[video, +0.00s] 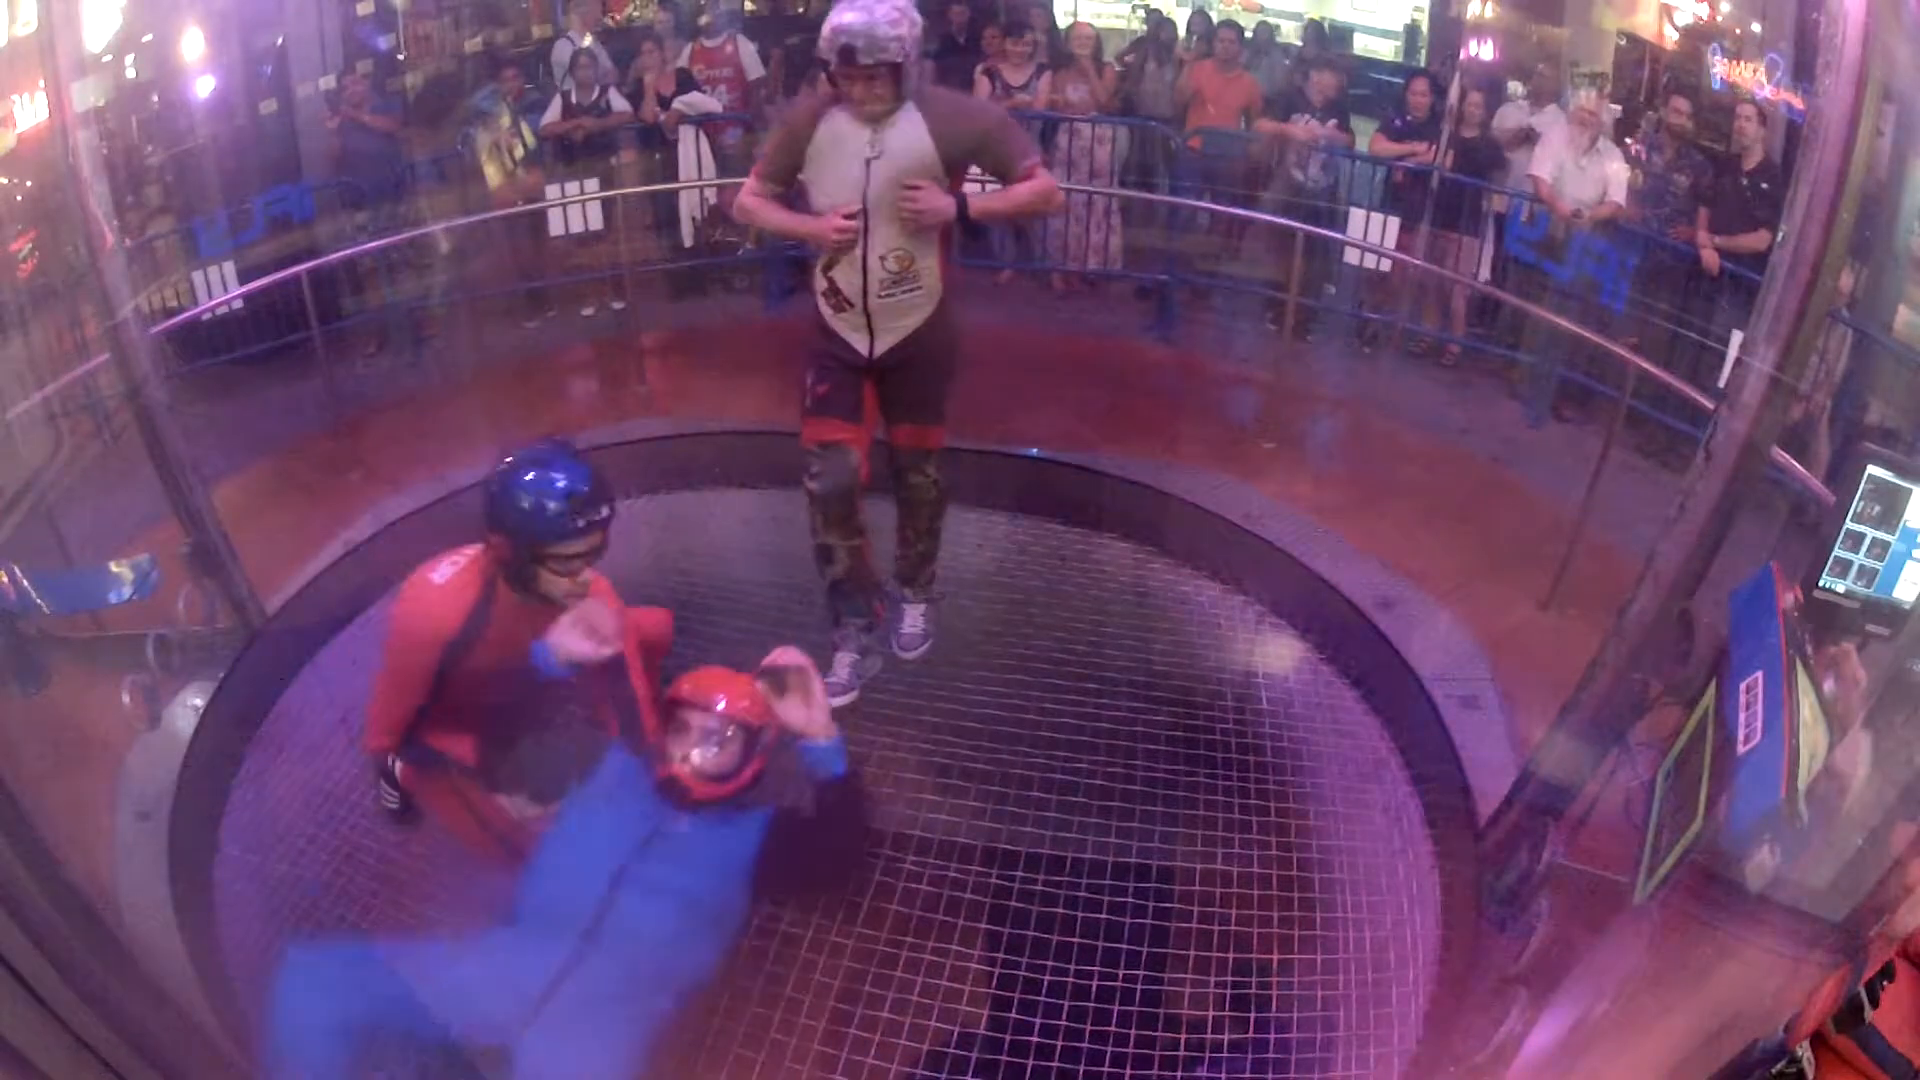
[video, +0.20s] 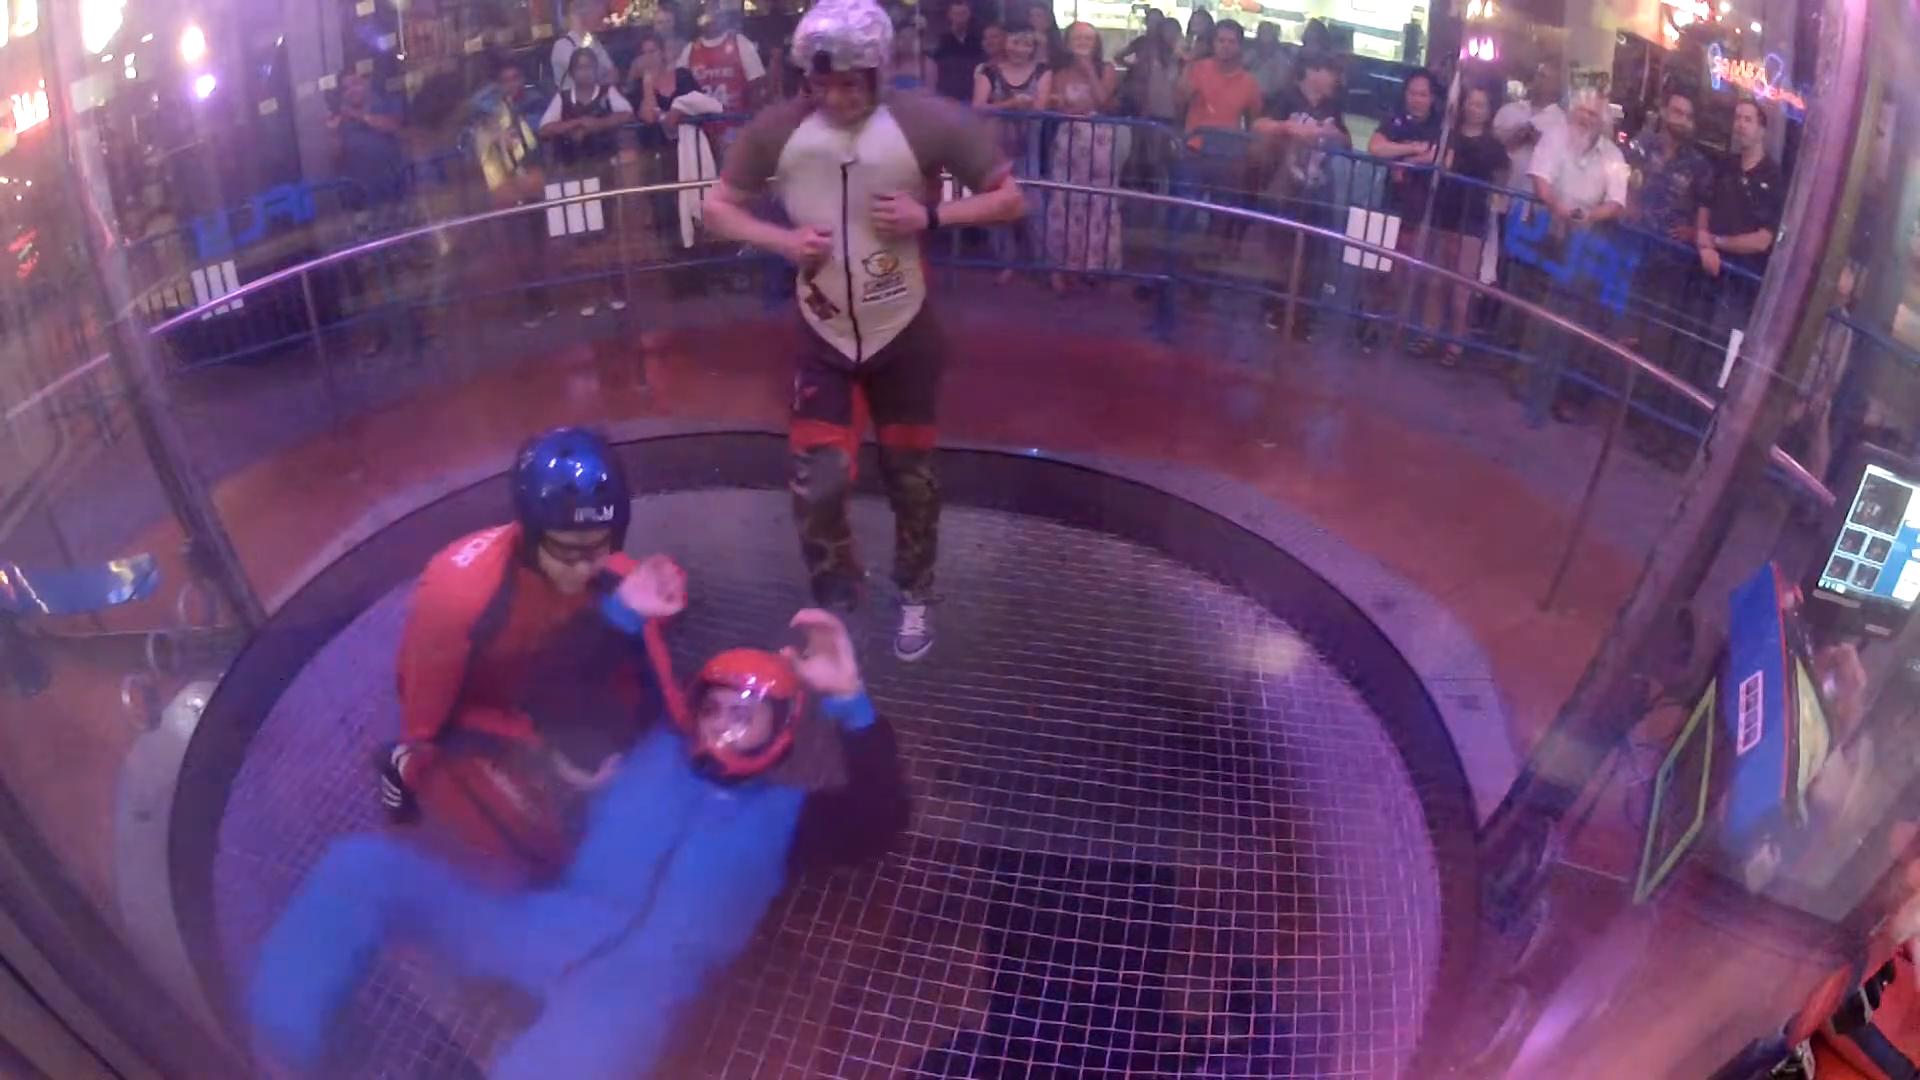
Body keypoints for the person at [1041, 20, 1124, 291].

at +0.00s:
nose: (1082, 44)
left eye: (1088, 39)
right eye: (1077, 39)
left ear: (1096, 43)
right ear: (1068, 43)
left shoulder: (1106, 70)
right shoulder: (1060, 73)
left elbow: (1103, 100)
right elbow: (1049, 103)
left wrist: (1089, 70)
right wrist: (1068, 106)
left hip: (1098, 139)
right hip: (1068, 136)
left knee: (1095, 201)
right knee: (1065, 199)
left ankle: (1090, 264)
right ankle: (1062, 265)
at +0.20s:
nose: (1083, 44)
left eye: (1088, 39)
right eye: (1077, 39)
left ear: (1096, 43)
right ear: (1068, 43)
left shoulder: (1106, 70)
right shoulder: (1060, 73)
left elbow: (1103, 100)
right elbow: (1047, 103)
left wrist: (1089, 70)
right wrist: (1066, 106)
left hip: (1098, 139)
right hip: (1068, 137)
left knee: (1096, 200)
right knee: (1066, 199)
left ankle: (1092, 263)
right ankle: (1063, 264)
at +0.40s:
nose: (1082, 44)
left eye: (1088, 39)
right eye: (1076, 39)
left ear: (1096, 43)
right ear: (1067, 43)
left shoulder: (1105, 70)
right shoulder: (1060, 73)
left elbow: (1103, 101)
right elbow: (1048, 104)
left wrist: (1089, 71)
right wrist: (1065, 105)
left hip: (1098, 139)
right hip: (1068, 137)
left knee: (1095, 201)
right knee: (1065, 200)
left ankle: (1089, 265)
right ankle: (1061, 265)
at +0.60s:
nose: (1082, 44)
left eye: (1087, 39)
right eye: (1076, 39)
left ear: (1096, 43)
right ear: (1067, 43)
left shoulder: (1105, 70)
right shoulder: (1060, 73)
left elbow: (1102, 101)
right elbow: (1046, 103)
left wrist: (1089, 70)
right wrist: (1060, 103)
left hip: (1098, 139)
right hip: (1068, 138)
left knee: (1096, 201)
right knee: (1066, 200)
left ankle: (1093, 265)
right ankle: (1063, 265)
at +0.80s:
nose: (1082, 44)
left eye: (1088, 39)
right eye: (1077, 39)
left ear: (1096, 43)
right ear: (1068, 42)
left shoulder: (1105, 70)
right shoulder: (1060, 73)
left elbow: (1102, 101)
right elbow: (1050, 104)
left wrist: (1090, 71)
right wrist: (1065, 104)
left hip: (1099, 139)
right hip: (1069, 137)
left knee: (1098, 201)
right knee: (1067, 200)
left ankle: (1095, 266)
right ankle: (1064, 266)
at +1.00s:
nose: (1082, 44)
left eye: (1088, 39)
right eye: (1077, 39)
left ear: (1096, 42)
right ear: (1068, 42)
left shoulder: (1107, 71)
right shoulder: (1061, 74)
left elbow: (1103, 101)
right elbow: (1051, 104)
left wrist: (1091, 71)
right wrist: (1065, 104)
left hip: (1100, 140)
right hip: (1069, 138)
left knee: (1098, 201)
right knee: (1067, 200)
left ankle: (1097, 266)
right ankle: (1064, 266)